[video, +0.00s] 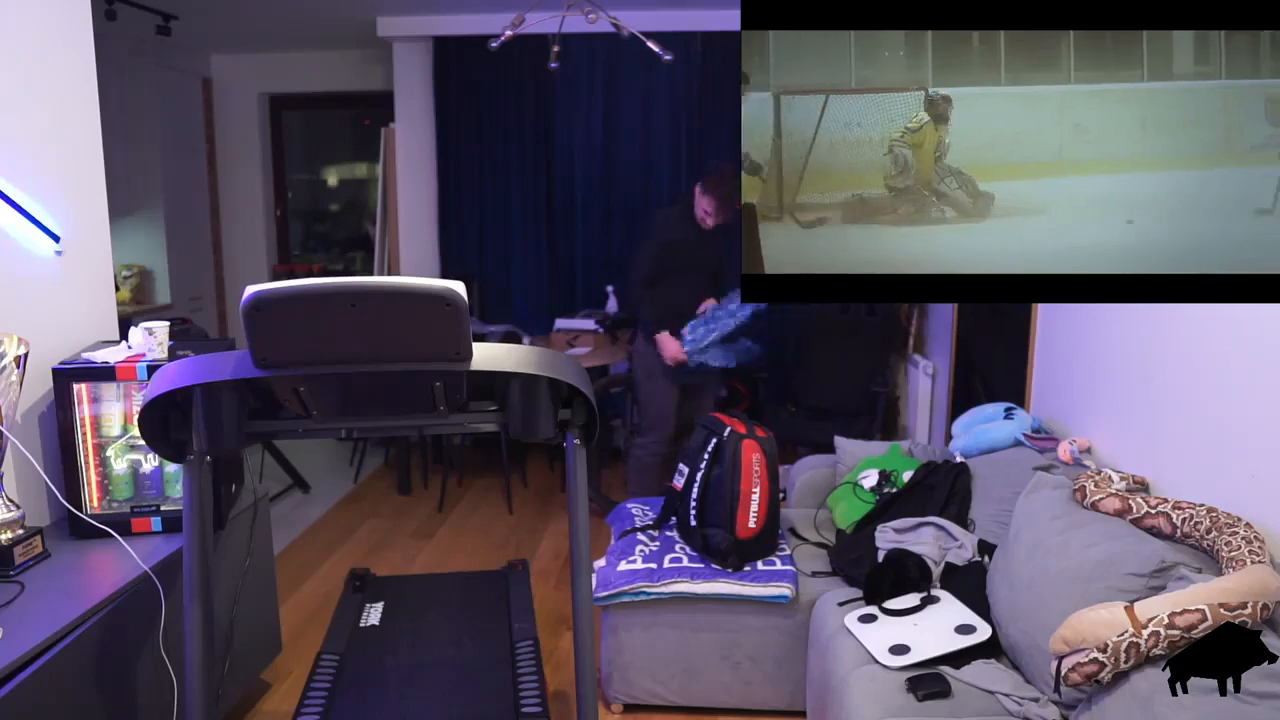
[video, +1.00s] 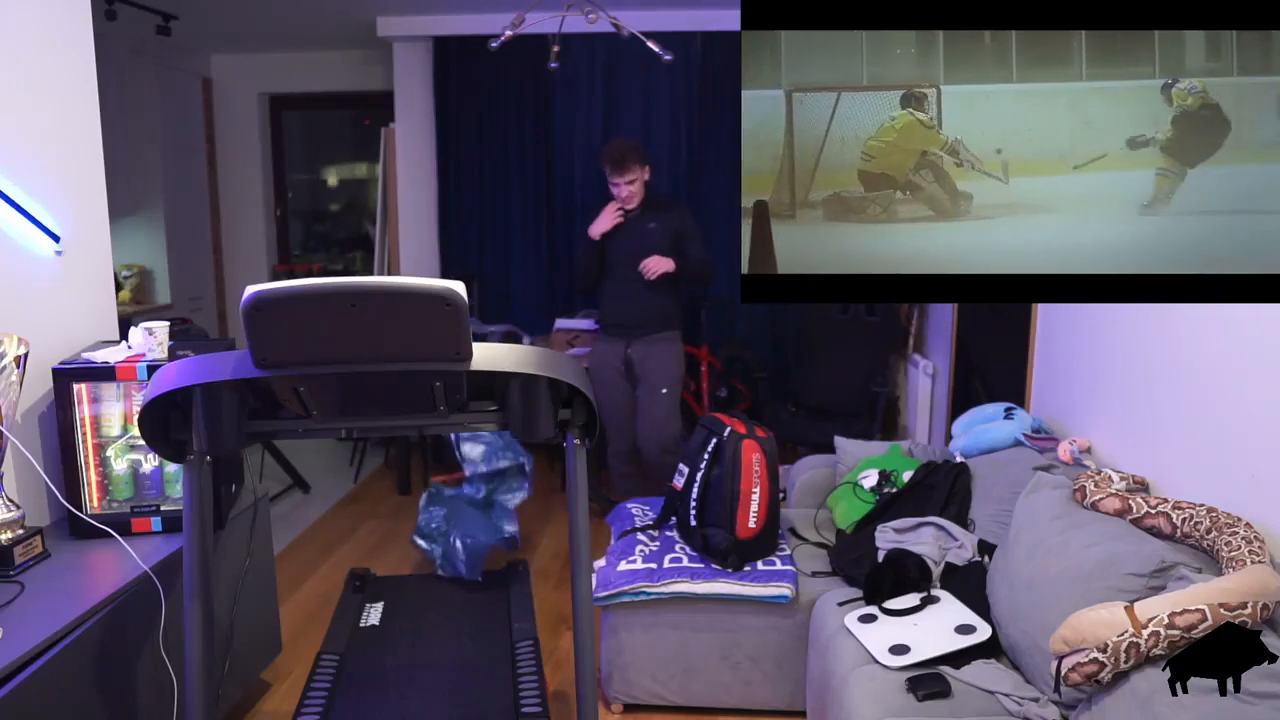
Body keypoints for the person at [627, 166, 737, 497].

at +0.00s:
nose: (708, 220)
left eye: (717, 215)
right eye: (705, 211)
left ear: (732, 210)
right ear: (696, 191)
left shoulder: (728, 234)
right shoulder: (667, 225)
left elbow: (727, 277)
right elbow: (641, 286)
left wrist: (715, 299)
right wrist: (660, 335)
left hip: (702, 341)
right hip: (656, 341)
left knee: (700, 426)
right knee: (658, 428)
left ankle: (690, 504)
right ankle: (644, 506)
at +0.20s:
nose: (680, 212)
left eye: (688, 205)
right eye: (674, 203)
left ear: (703, 198)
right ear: (666, 192)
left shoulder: (715, 233)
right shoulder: (643, 226)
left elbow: (727, 276)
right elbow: (608, 271)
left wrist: (713, 304)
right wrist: (585, 316)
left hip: (693, 345)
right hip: (643, 341)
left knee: (698, 425)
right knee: (645, 426)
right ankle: (643, 502)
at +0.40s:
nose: (656, 212)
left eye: (664, 206)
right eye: (650, 205)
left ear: (680, 194)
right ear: (641, 193)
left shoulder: (696, 229)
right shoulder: (625, 227)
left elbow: (712, 277)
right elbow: (591, 272)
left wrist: (703, 305)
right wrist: (544, 298)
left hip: (680, 334)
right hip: (634, 332)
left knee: (698, 409)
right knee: (635, 414)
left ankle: (697, 487)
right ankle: (635, 493)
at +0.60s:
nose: (641, 207)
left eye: (648, 200)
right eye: (634, 200)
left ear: (664, 187)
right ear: (624, 190)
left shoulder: (684, 226)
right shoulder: (611, 226)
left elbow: (702, 280)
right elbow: (591, 273)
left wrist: (683, 298)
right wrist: (563, 298)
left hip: (670, 343)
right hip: (619, 345)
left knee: (684, 433)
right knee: (628, 439)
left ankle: (693, 513)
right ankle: (634, 514)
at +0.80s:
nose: (629, 200)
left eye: (636, 192)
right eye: (621, 193)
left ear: (652, 181)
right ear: (612, 186)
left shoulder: (676, 222)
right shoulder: (603, 224)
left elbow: (702, 272)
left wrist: (678, 280)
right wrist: (580, 270)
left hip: (662, 342)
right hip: (611, 344)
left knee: (664, 438)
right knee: (622, 441)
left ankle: (674, 512)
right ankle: (632, 514)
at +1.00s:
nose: (623, 192)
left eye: (631, 182)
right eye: (615, 184)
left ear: (646, 175)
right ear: (607, 180)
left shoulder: (671, 217)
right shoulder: (603, 222)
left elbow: (702, 270)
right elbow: (583, 284)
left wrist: (675, 263)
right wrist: (593, 235)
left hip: (659, 342)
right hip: (610, 344)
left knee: (658, 439)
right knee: (618, 445)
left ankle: (676, 517)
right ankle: (633, 523)